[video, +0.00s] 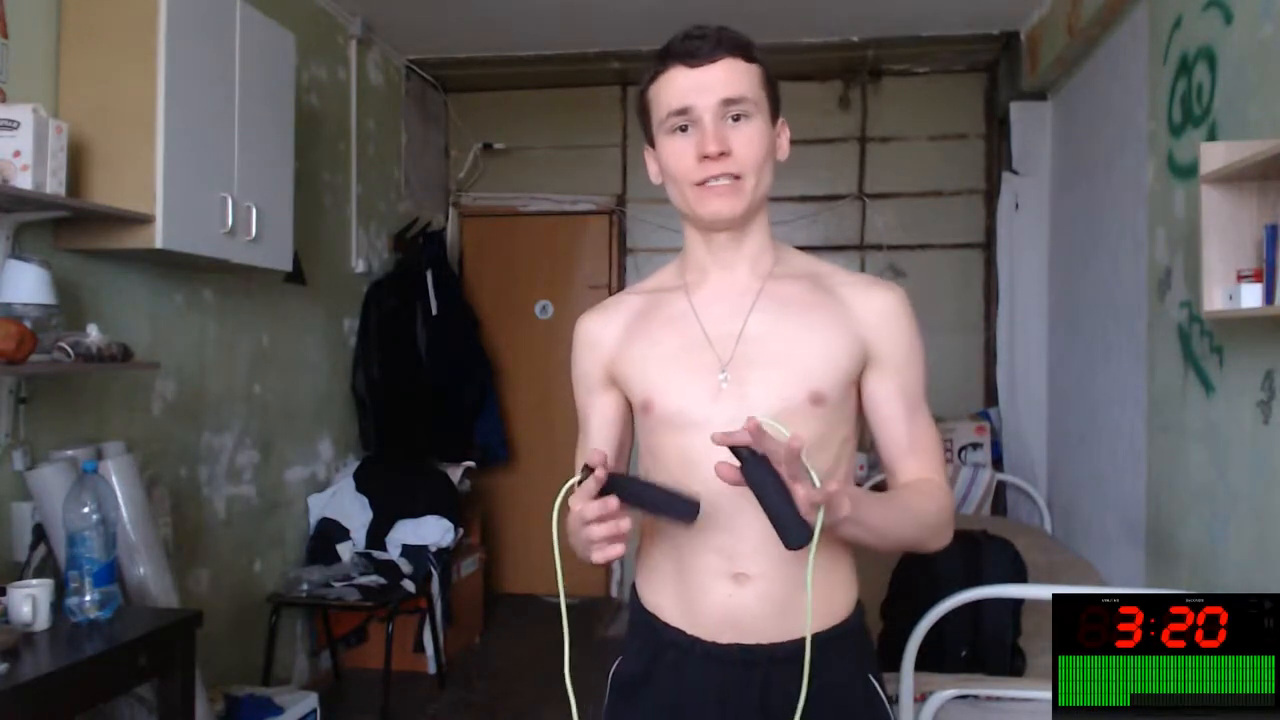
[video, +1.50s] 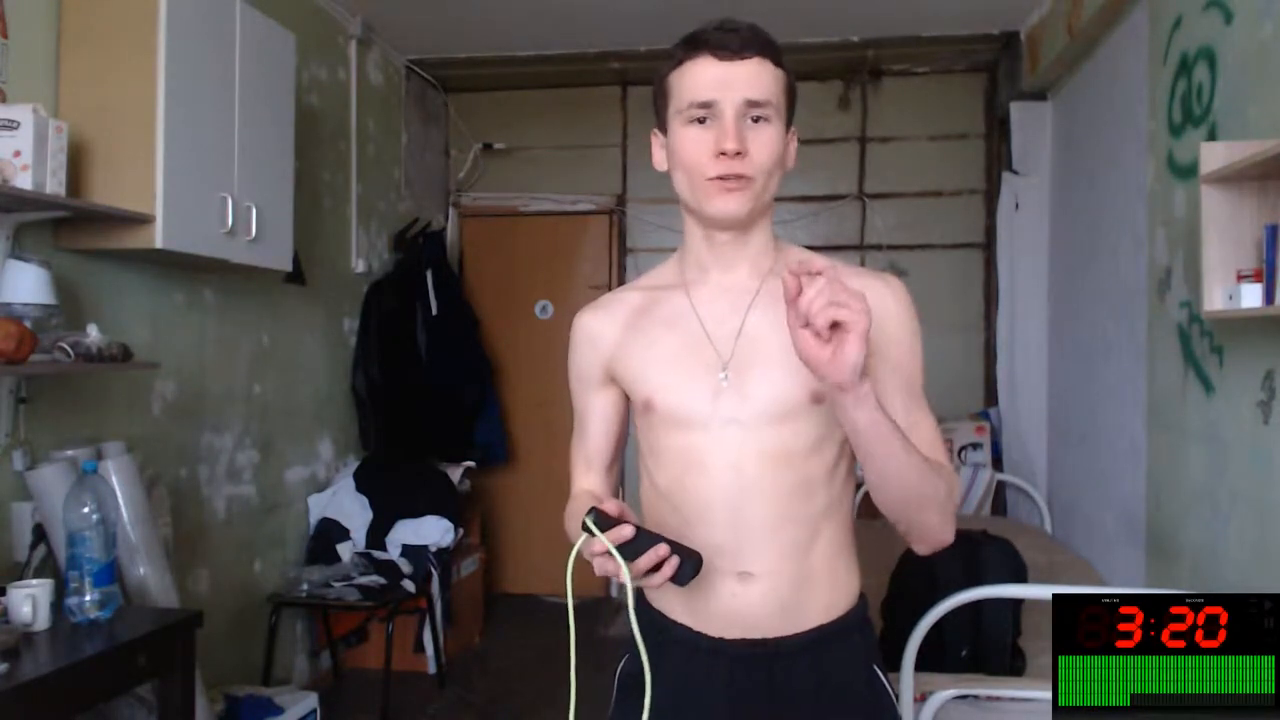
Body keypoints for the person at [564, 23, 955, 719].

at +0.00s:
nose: (713, 144)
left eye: (737, 115)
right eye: (682, 125)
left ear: (779, 140)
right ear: (654, 163)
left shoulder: (870, 310)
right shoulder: (607, 332)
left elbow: (932, 516)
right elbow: (587, 498)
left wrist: (835, 504)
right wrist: (581, 527)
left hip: (825, 677)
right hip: (667, 676)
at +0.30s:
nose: (702, 142)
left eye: (727, 114)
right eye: (673, 124)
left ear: (771, 140)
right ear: (647, 162)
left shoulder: (866, 307)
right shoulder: (605, 333)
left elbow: (931, 513)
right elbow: (580, 512)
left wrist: (819, 498)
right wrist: (609, 539)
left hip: (820, 678)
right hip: (664, 678)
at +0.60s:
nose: (707, 127)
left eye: (735, 106)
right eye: (681, 110)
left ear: (777, 146)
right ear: (650, 155)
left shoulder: (865, 305)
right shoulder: (601, 329)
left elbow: (924, 512)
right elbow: (579, 516)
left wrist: (794, 496)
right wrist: (639, 542)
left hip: (821, 673)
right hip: (666, 675)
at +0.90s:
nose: (721, 122)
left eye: (750, 106)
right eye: (694, 105)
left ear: (786, 151)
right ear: (659, 149)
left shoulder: (866, 304)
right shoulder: (601, 327)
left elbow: (946, 511)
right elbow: (574, 504)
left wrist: (820, 469)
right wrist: (609, 539)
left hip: (824, 670)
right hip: (670, 671)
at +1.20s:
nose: (732, 129)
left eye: (760, 111)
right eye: (706, 109)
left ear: (794, 154)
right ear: (665, 148)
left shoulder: (868, 302)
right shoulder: (605, 326)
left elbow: (942, 522)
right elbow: (576, 500)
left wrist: (846, 377)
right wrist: (599, 536)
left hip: (829, 668)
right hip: (676, 669)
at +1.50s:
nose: (730, 144)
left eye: (756, 119)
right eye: (701, 119)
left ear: (789, 150)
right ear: (660, 149)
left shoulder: (871, 302)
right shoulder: (607, 329)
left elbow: (933, 528)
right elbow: (588, 488)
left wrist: (849, 389)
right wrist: (602, 537)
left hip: (829, 668)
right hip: (676, 671)